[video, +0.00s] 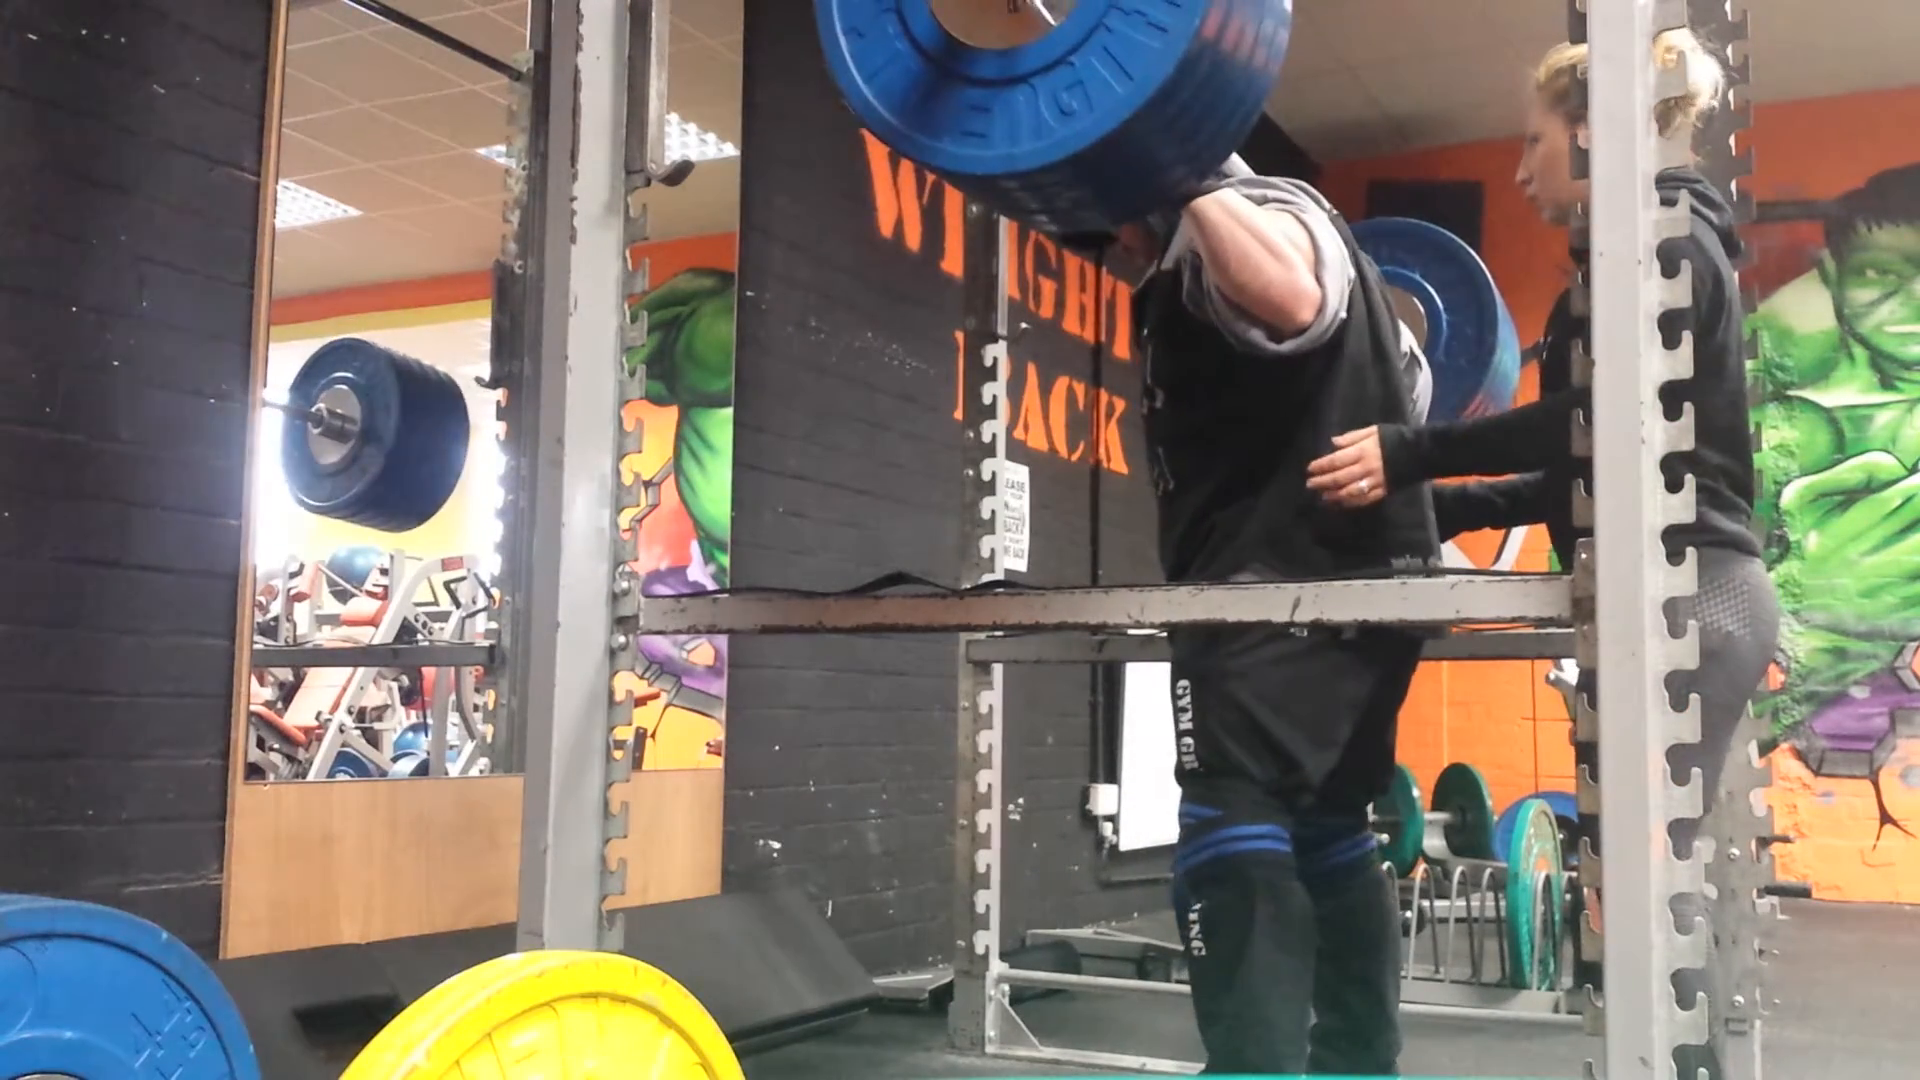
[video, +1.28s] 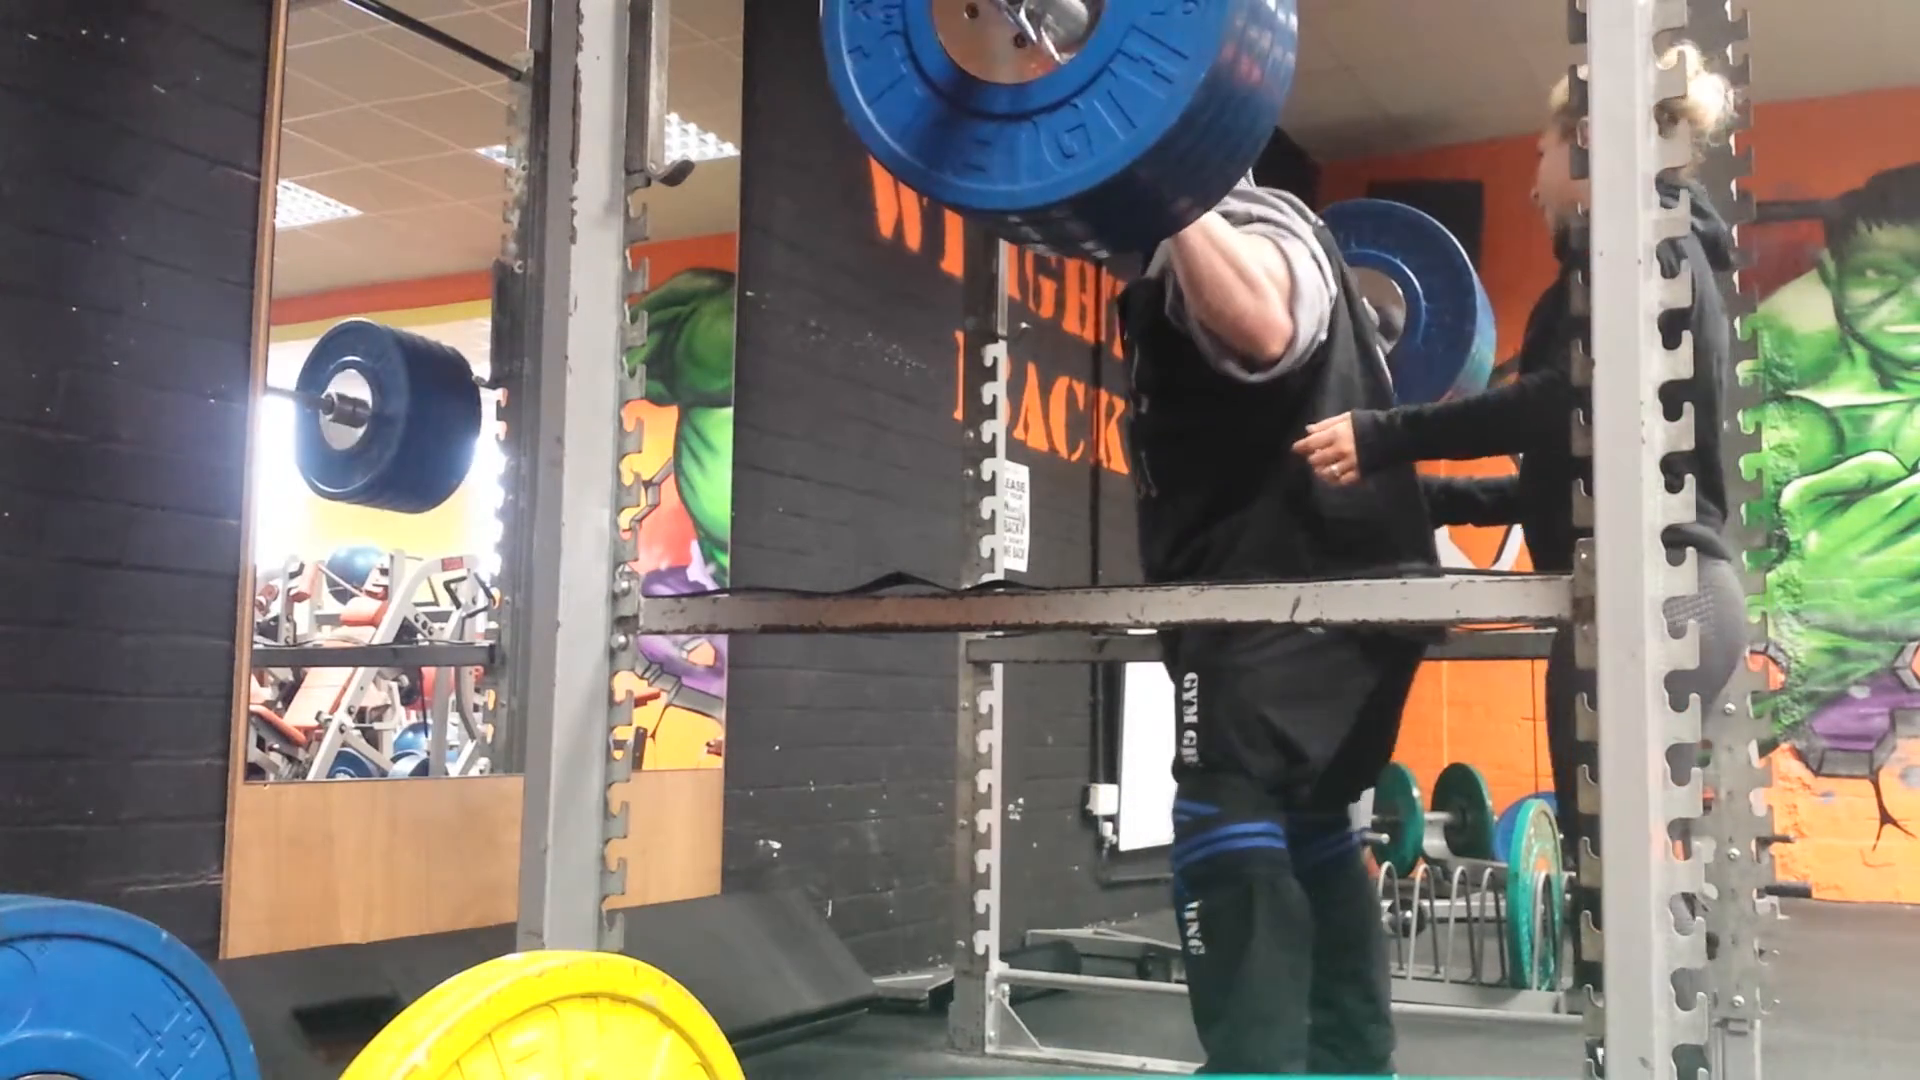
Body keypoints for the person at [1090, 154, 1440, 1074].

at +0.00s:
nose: (1105, 254)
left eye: (1099, 231)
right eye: (1089, 238)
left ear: (1136, 199)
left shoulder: (1257, 211)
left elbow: (1291, 295)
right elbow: (1409, 362)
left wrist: (1181, 175)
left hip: (1283, 587)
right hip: (1368, 589)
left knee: (1234, 826)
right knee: (1327, 827)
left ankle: (1255, 1064)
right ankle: (1357, 1063)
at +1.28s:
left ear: (1166, 148)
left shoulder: (1251, 223)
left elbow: (1260, 325)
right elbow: (1379, 306)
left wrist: (1170, 193)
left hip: (1290, 595)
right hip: (1340, 591)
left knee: (1227, 820)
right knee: (1312, 820)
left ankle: (1251, 1062)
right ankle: (1349, 1059)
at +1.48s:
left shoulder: (1268, 275)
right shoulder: (1157, 312)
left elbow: (1283, 380)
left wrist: (1173, 266)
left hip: (1326, 616)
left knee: (1189, 829)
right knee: (1282, 833)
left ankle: (1240, 1069)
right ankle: (1351, 1064)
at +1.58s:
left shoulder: (1270, 309)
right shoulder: (1151, 348)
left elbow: (1290, 422)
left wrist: (1177, 310)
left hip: (1340, 653)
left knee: (1173, 839)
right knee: (1274, 843)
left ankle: (1237, 1069)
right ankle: (1350, 1065)